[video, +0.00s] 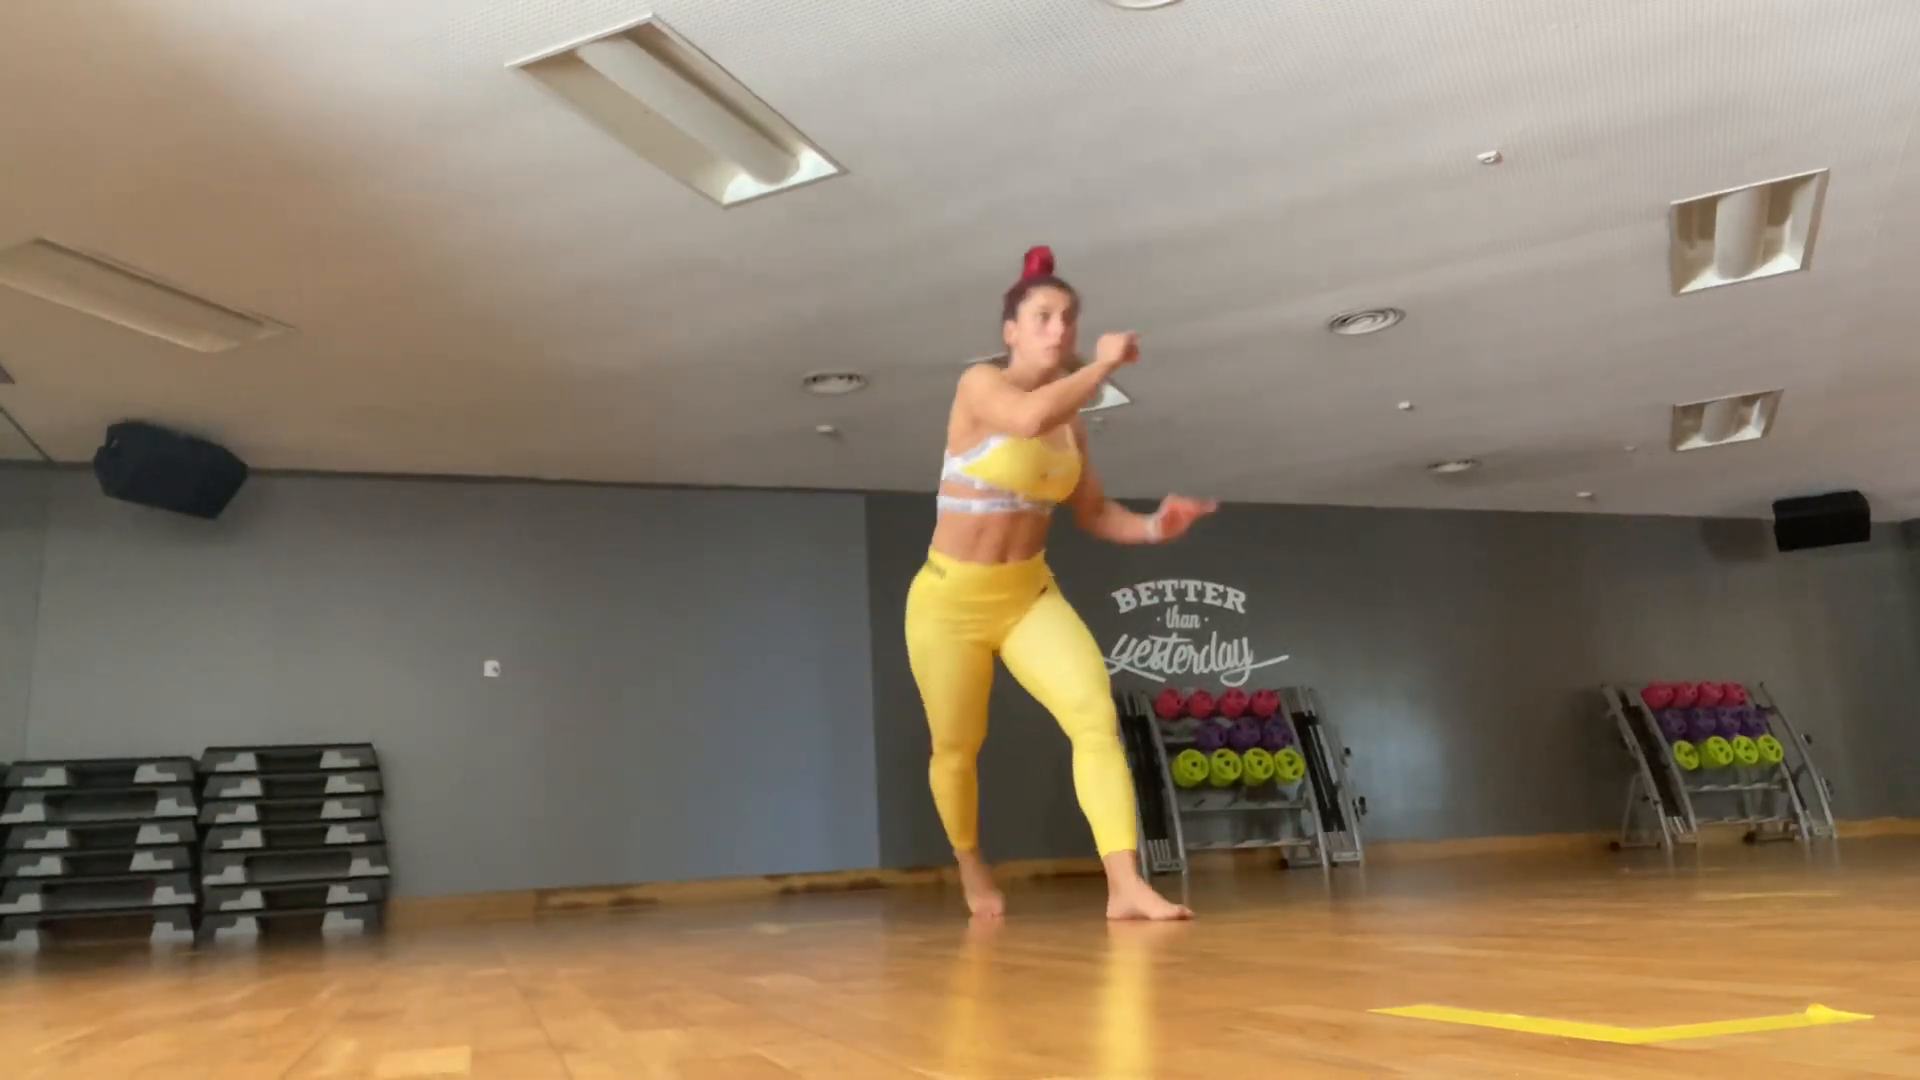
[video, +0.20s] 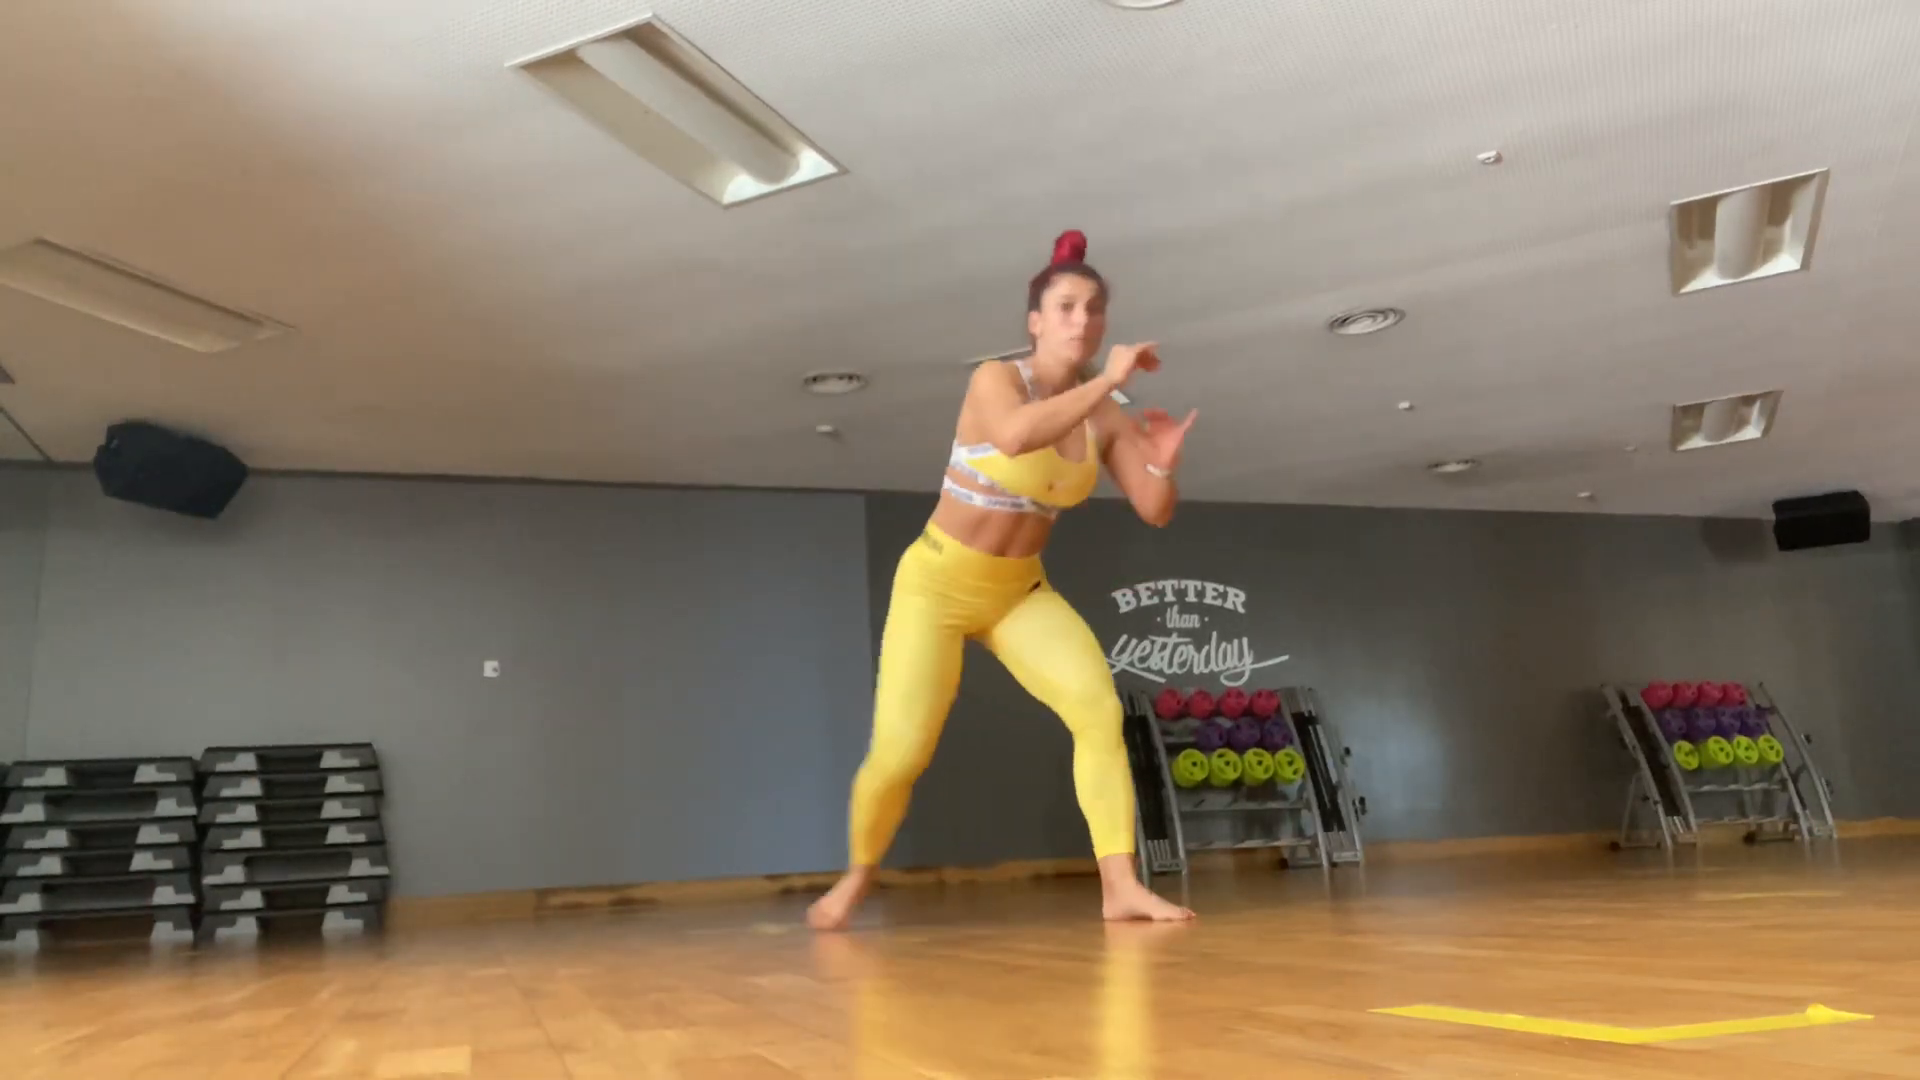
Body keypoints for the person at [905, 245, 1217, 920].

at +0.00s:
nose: (1060, 329)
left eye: (1068, 320)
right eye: (1044, 316)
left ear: (1074, 331)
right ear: (1010, 327)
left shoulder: (1069, 419)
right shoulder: (979, 384)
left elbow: (1093, 513)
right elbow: (1026, 414)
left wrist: (1152, 527)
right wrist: (1100, 368)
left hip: (1029, 599)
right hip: (949, 603)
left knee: (1093, 715)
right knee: (955, 749)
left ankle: (1125, 885)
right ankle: (970, 866)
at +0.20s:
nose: (1083, 321)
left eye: (1094, 309)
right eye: (1066, 306)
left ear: (1105, 322)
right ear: (1035, 321)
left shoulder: (1108, 414)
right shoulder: (995, 378)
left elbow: (1155, 509)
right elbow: (1014, 434)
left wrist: (1164, 466)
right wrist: (1106, 381)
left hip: (1020, 593)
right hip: (937, 581)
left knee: (1096, 707)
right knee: (900, 755)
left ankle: (1121, 888)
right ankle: (857, 874)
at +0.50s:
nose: (927, 326)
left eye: (941, 312)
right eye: (910, 309)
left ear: (960, 325)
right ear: (881, 321)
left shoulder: (978, 410)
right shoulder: (842, 393)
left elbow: (1051, 486)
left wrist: (1111, 504)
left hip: (934, 594)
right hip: (838, 591)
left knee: (1025, 722)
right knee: (797, 723)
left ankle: (1118, 881)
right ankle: (767, 911)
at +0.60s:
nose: (892, 317)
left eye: (907, 303)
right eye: (874, 303)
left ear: (924, 316)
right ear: (845, 315)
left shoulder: (946, 402)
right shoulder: (805, 391)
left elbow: (1031, 465)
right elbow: (750, 455)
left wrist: (1088, 469)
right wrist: (838, 398)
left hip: (893, 589)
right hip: (800, 583)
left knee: (969, 732)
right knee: (769, 722)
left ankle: (1061, 879)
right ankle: (762, 910)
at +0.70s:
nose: (861, 301)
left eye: (875, 288)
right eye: (844, 285)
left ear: (892, 306)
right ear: (814, 302)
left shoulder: (918, 386)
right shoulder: (767, 389)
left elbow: (1022, 431)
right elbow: (686, 468)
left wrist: (1047, 400)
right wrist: (641, 505)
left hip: (865, 580)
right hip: (772, 575)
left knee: (891, 731)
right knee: (753, 724)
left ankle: (897, 873)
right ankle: (757, 909)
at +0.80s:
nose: (853, 286)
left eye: (866, 275)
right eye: (836, 273)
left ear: (881, 296)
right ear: (805, 291)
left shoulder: (904, 374)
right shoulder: (757, 382)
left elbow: (1011, 396)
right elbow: (665, 478)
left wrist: (993, 344)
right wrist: (586, 539)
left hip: (852, 580)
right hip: (765, 571)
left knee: (842, 726)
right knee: (754, 719)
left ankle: (813, 848)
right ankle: (756, 905)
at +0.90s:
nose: (839, 275)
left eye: (853, 265)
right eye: (826, 264)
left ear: (876, 287)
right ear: (803, 283)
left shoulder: (893, 364)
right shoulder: (759, 372)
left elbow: (963, 356)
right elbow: (688, 462)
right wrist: (612, 519)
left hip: (843, 582)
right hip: (763, 564)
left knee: (793, 733)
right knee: (753, 717)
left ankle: (738, 859)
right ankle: (747, 890)